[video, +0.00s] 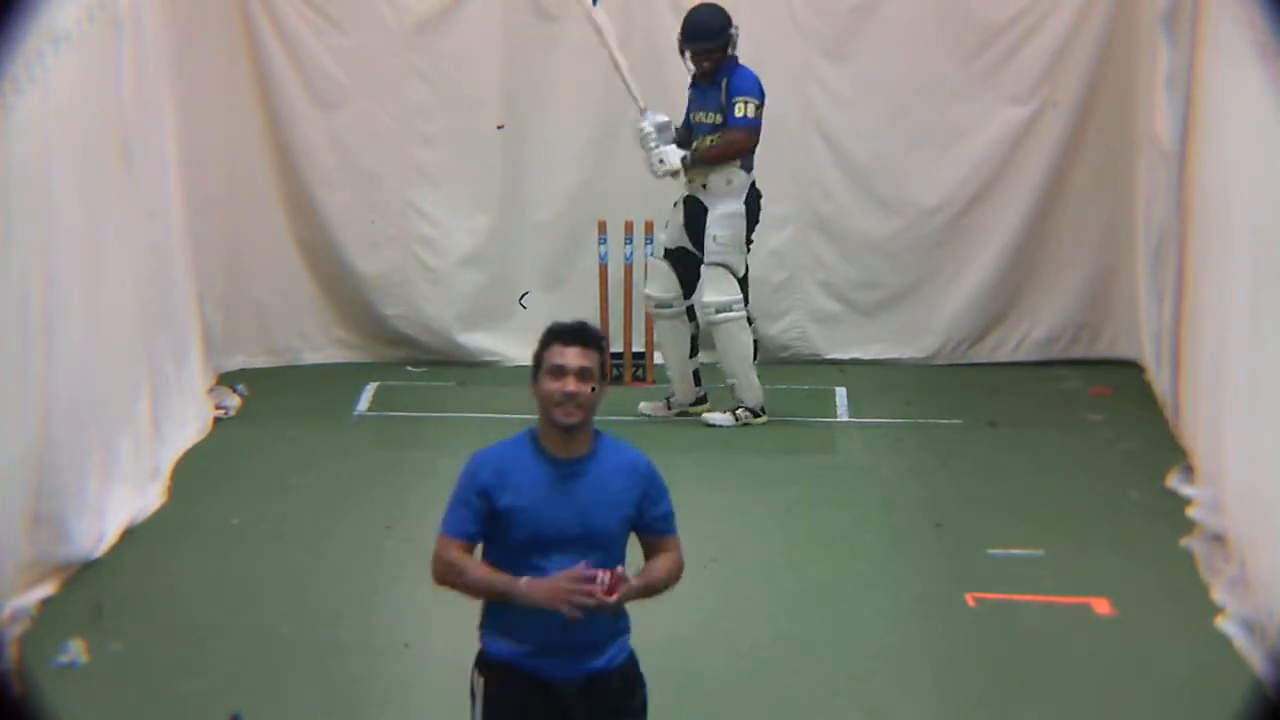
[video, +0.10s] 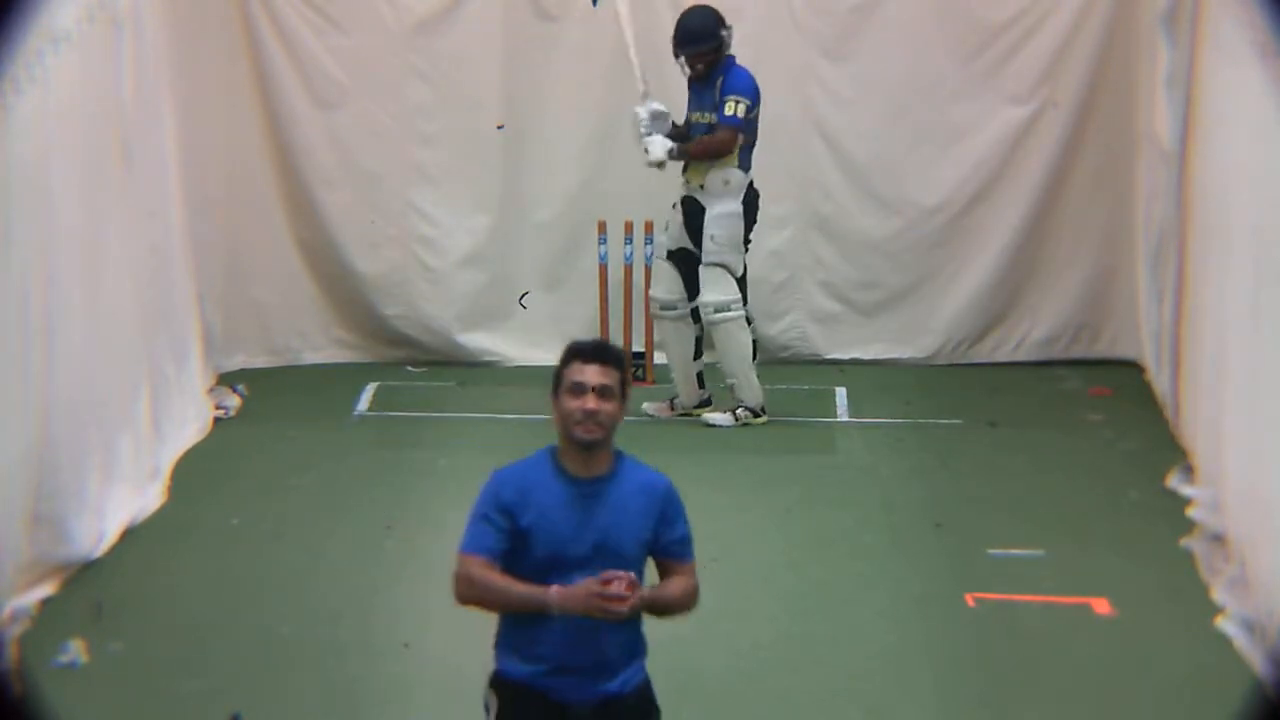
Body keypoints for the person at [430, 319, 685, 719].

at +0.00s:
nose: (570, 388)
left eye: (584, 377)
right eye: (557, 374)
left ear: (600, 388)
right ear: (535, 383)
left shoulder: (633, 471)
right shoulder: (490, 469)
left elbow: (668, 557)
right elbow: (446, 564)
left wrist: (633, 587)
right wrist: (532, 590)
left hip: (606, 678)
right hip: (515, 680)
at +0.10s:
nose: (589, 405)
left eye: (604, 394)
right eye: (577, 392)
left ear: (622, 407)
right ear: (555, 402)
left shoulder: (653, 492)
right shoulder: (511, 487)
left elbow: (685, 587)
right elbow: (469, 583)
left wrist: (642, 599)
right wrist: (563, 599)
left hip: (622, 695)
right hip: (530, 695)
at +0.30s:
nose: (633, 407)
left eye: (648, 397)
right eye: (620, 394)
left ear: (667, 412)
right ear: (598, 407)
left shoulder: (695, 498)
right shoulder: (554, 490)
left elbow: (735, 604)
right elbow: (516, 590)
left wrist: (670, 588)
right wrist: (604, 589)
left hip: (662, 700)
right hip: (571, 701)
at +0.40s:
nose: (646, 400)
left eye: (660, 389)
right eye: (632, 386)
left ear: (679, 406)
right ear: (610, 401)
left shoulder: (711, 488)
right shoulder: (566, 484)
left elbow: (750, 594)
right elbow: (527, 585)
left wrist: (673, 573)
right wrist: (606, 577)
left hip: (677, 695)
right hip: (587, 696)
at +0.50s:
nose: (655, 407)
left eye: (670, 396)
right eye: (642, 394)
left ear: (689, 412)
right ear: (620, 407)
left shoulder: (723, 495)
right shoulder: (577, 492)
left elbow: (763, 600)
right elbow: (537, 597)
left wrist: (679, 582)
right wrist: (611, 585)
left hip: (689, 701)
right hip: (600, 700)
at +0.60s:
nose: (662, 427)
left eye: (676, 415)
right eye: (648, 414)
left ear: (695, 432)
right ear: (626, 428)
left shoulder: (732, 515)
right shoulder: (586, 514)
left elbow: (771, 622)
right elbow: (547, 624)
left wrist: (680, 604)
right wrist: (615, 605)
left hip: (702, 709)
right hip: (609, 709)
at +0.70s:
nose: (663, 446)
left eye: (678, 434)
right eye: (650, 433)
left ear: (697, 449)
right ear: (627, 447)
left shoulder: (739, 534)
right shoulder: (589, 537)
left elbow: (780, 643)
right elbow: (557, 652)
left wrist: (696, 632)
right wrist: (612, 636)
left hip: (712, 712)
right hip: (615, 713)